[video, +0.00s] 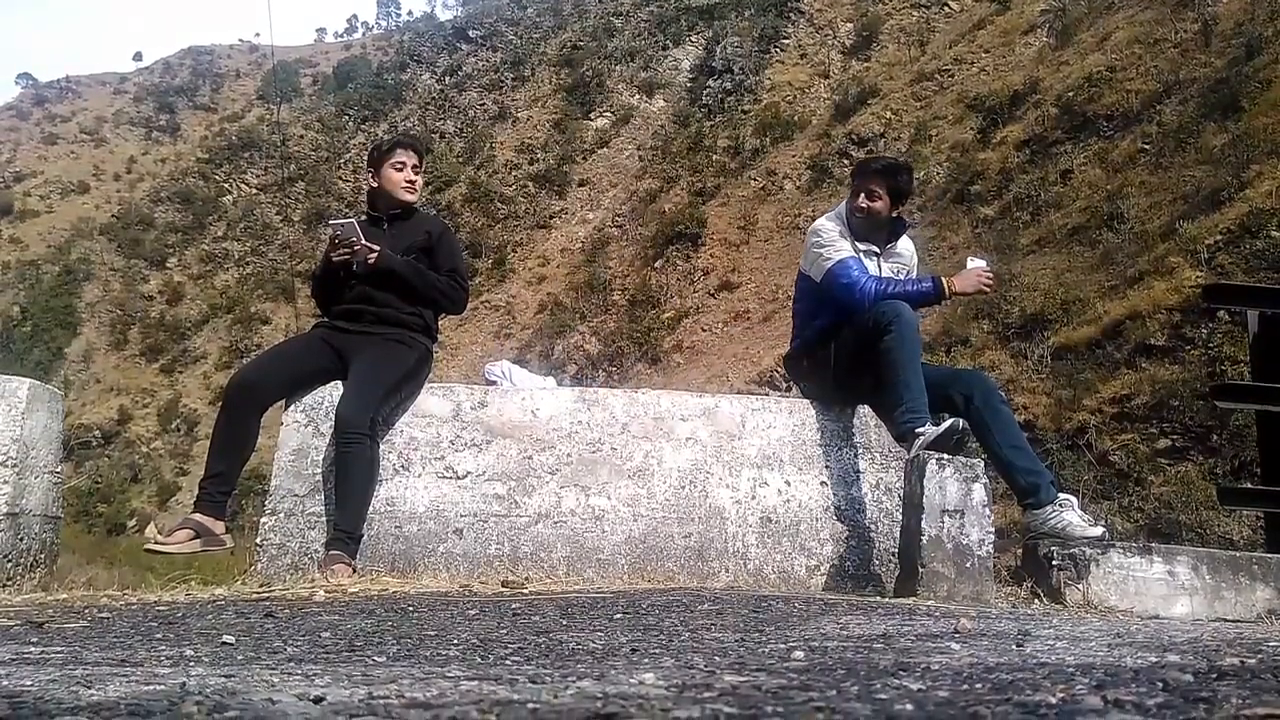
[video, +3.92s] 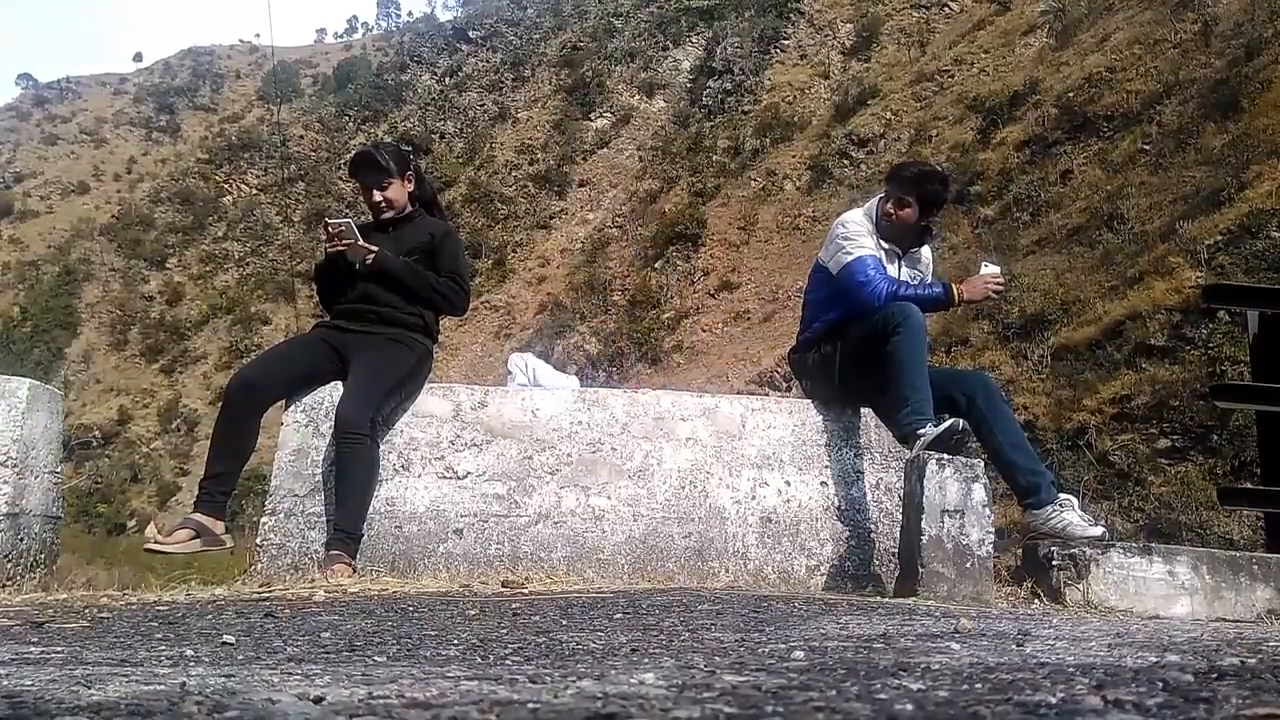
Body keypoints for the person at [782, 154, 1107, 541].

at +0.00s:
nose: (859, 201)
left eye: (872, 196)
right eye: (857, 192)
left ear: (895, 207)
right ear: (849, 193)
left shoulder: (902, 247)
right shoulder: (825, 233)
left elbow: (901, 303)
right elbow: (863, 291)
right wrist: (947, 284)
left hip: (878, 371)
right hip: (822, 368)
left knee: (976, 388)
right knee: (894, 315)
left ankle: (1043, 505)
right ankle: (915, 429)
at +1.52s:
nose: (910, 209)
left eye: (920, 205)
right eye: (902, 196)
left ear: (923, 215)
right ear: (878, 193)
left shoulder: (899, 251)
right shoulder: (835, 228)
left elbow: (886, 308)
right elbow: (862, 292)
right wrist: (943, 286)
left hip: (872, 375)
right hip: (821, 371)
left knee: (975, 391)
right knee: (893, 317)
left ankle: (1043, 509)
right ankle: (914, 433)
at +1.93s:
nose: (954, 230)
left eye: (958, 221)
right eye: (950, 216)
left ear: (924, 212)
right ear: (919, 204)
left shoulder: (914, 256)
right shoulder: (857, 227)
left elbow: (903, 308)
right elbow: (870, 294)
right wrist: (948, 290)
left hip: (876, 374)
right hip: (827, 369)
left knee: (976, 389)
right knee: (899, 315)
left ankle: (1043, 507)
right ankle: (915, 429)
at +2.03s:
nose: (959, 232)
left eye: (964, 223)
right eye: (956, 219)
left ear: (928, 214)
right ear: (925, 208)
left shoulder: (915, 254)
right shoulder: (865, 229)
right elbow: (873, 294)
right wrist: (952, 291)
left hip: (876, 373)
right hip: (828, 368)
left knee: (976, 390)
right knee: (902, 317)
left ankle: (1043, 507)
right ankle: (916, 429)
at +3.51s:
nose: (915, 209)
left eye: (928, 205)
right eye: (908, 197)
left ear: (939, 217)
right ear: (892, 196)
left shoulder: (921, 257)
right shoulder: (857, 228)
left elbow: (912, 313)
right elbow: (874, 293)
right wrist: (951, 290)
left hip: (881, 373)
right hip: (826, 367)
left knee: (976, 387)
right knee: (904, 316)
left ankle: (1043, 504)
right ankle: (918, 428)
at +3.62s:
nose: (907, 209)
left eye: (921, 205)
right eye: (901, 198)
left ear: (936, 217)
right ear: (891, 197)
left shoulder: (921, 254)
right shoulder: (855, 229)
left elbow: (914, 308)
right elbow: (875, 292)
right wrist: (951, 290)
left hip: (880, 373)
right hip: (825, 368)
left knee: (977, 388)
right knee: (904, 317)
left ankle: (1043, 505)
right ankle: (918, 429)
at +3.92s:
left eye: (912, 212)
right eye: (919, 220)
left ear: (922, 218)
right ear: (891, 203)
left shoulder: (919, 252)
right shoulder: (851, 228)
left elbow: (914, 308)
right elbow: (875, 290)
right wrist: (956, 292)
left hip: (880, 373)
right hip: (825, 367)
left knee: (976, 387)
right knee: (903, 316)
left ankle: (1043, 504)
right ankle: (917, 429)